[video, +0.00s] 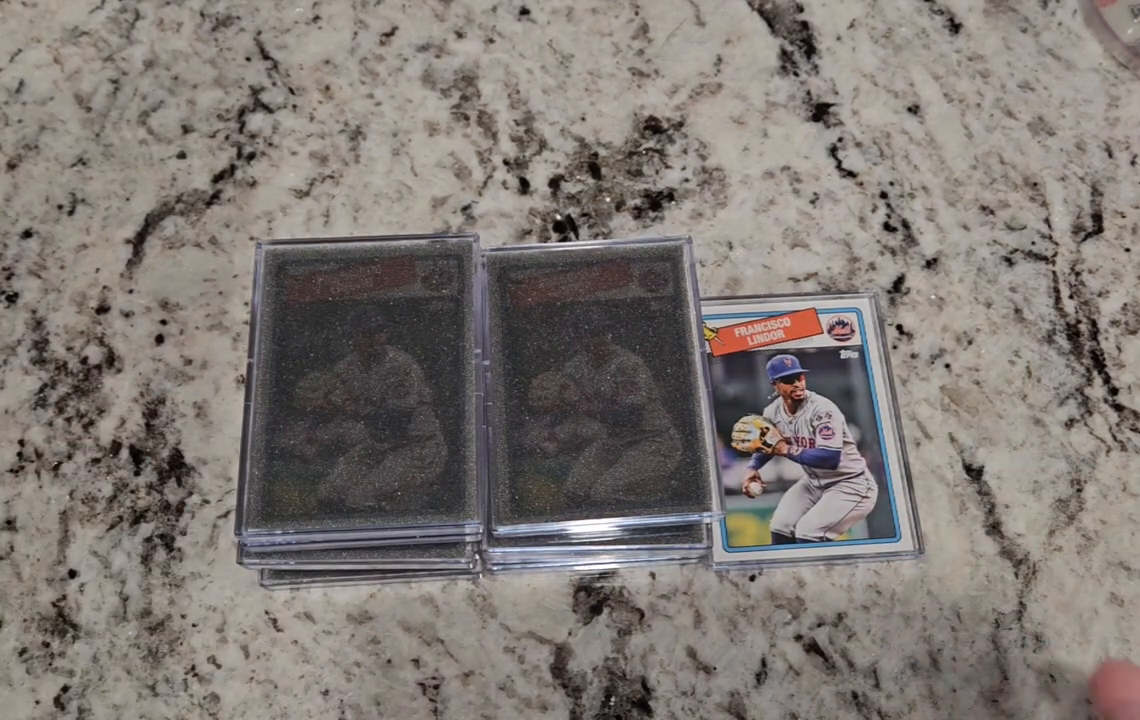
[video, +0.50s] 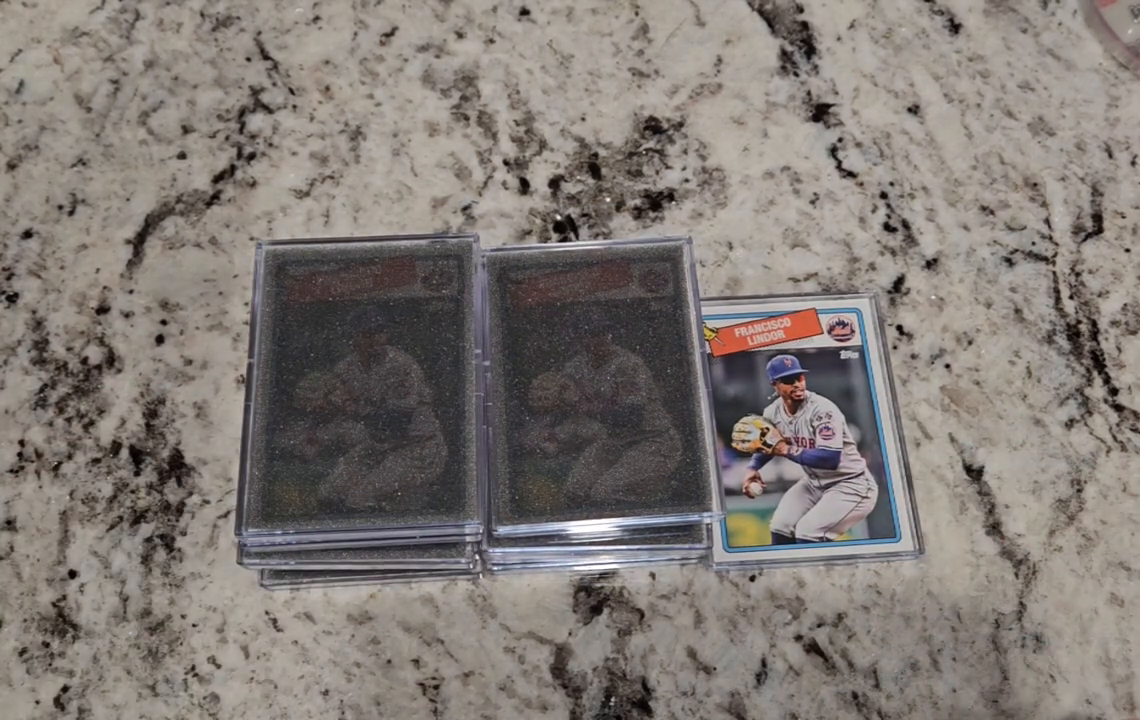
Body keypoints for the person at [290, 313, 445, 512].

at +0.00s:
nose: (376, 339)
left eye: (380, 332)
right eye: (368, 334)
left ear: (386, 335)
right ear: (355, 338)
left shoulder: (403, 366)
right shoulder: (345, 369)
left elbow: (400, 420)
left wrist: (357, 411)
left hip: (420, 448)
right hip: (376, 446)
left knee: (359, 500)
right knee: (329, 494)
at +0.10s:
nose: (376, 339)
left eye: (380, 332)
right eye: (368, 334)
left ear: (386, 334)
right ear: (354, 338)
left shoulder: (403, 366)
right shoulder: (345, 370)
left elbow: (401, 418)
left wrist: (357, 411)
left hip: (420, 448)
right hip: (376, 446)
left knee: (360, 499)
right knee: (328, 494)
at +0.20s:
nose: (375, 339)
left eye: (379, 332)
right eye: (367, 334)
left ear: (386, 334)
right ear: (354, 339)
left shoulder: (403, 366)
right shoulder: (345, 370)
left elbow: (400, 420)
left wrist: (356, 411)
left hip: (420, 448)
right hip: (376, 446)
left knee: (360, 499)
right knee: (329, 494)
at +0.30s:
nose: (375, 339)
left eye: (379, 332)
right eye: (367, 334)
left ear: (386, 335)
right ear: (354, 339)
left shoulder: (403, 367)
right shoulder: (345, 370)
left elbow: (400, 420)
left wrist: (356, 411)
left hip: (421, 449)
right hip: (376, 446)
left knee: (360, 498)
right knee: (329, 493)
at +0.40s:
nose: (375, 339)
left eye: (379, 333)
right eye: (367, 334)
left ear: (385, 335)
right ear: (354, 339)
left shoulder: (403, 367)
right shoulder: (345, 370)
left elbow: (401, 419)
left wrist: (357, 411)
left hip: (420, 449)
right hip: (376, 446)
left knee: (360, 499)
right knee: (329, 494)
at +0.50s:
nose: (375, 339)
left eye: (379, 332)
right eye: (367, 334)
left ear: (386, 334)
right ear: (354, 339)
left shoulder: (403, 366)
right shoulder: (345, 369)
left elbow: (401, 419)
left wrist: (358, 411)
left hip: (420, 449)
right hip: (376, 446)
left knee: (360, 498)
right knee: (329, 493)